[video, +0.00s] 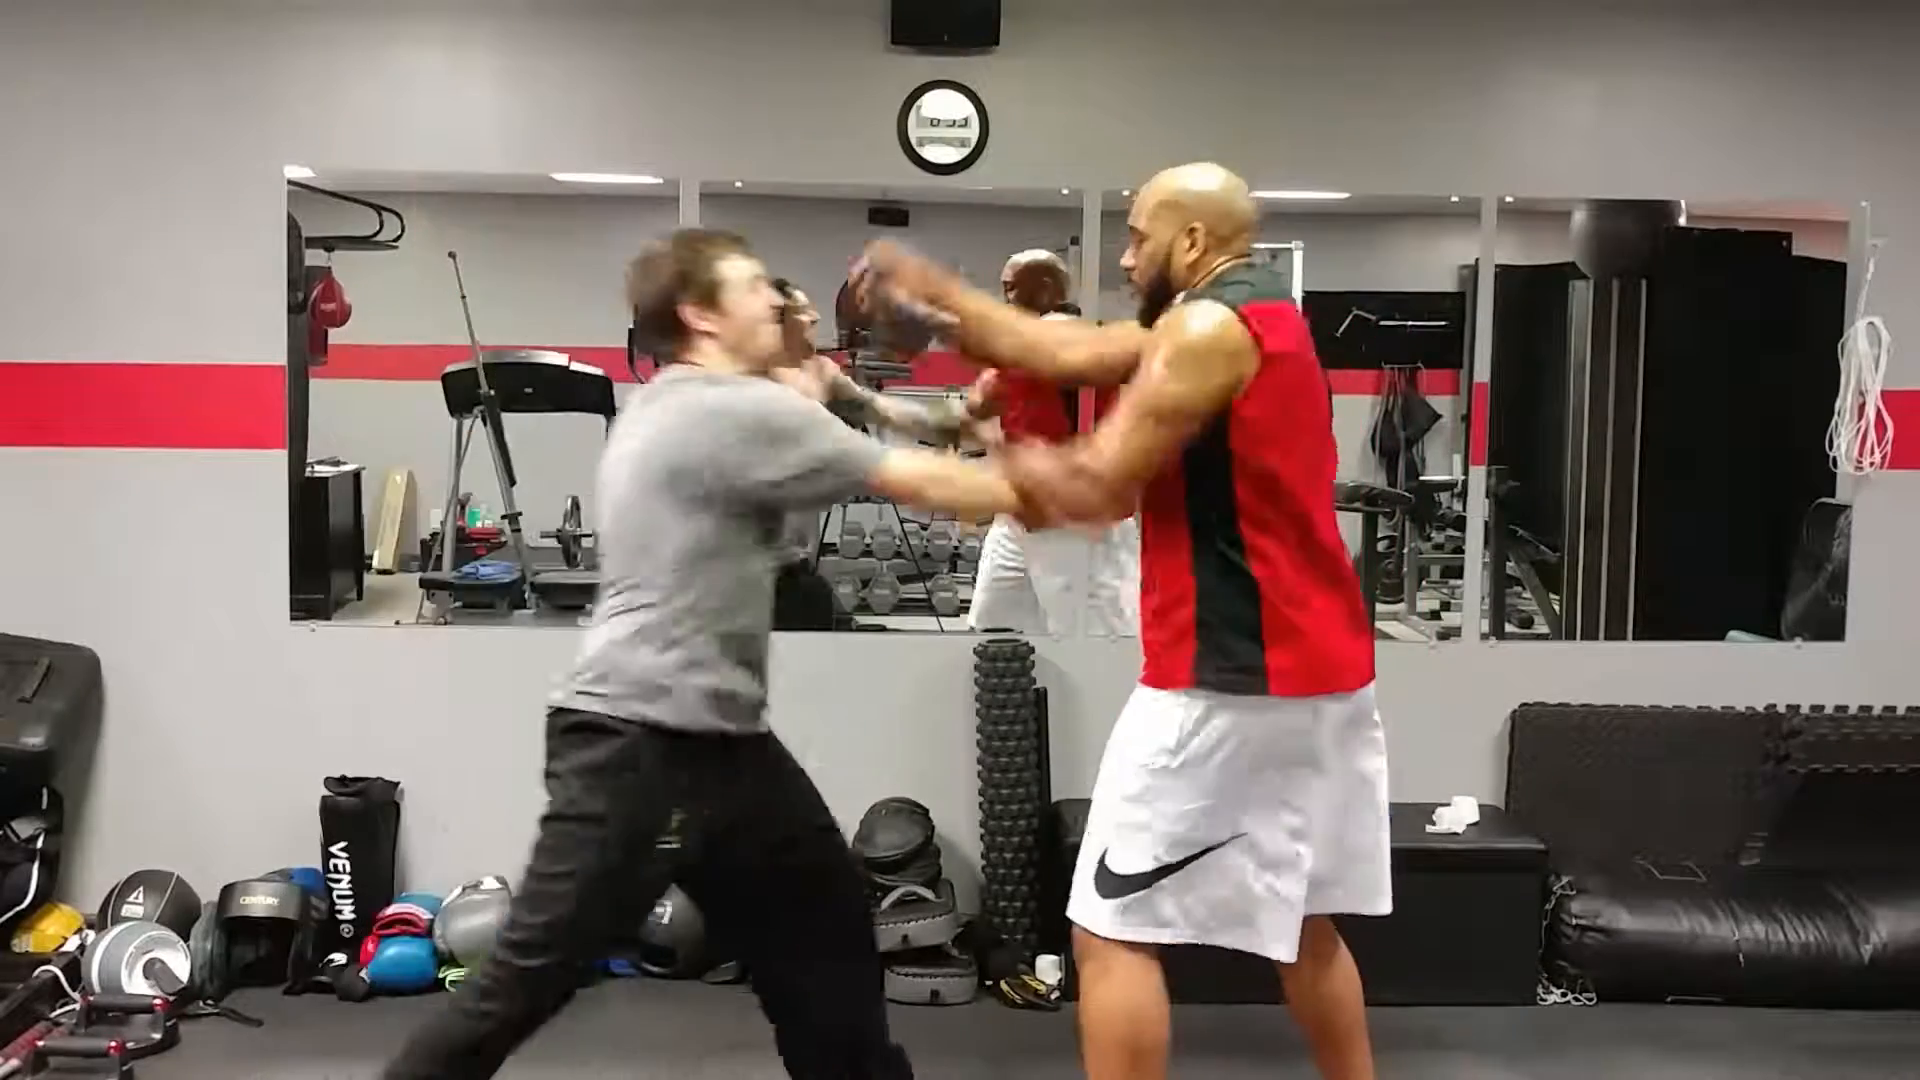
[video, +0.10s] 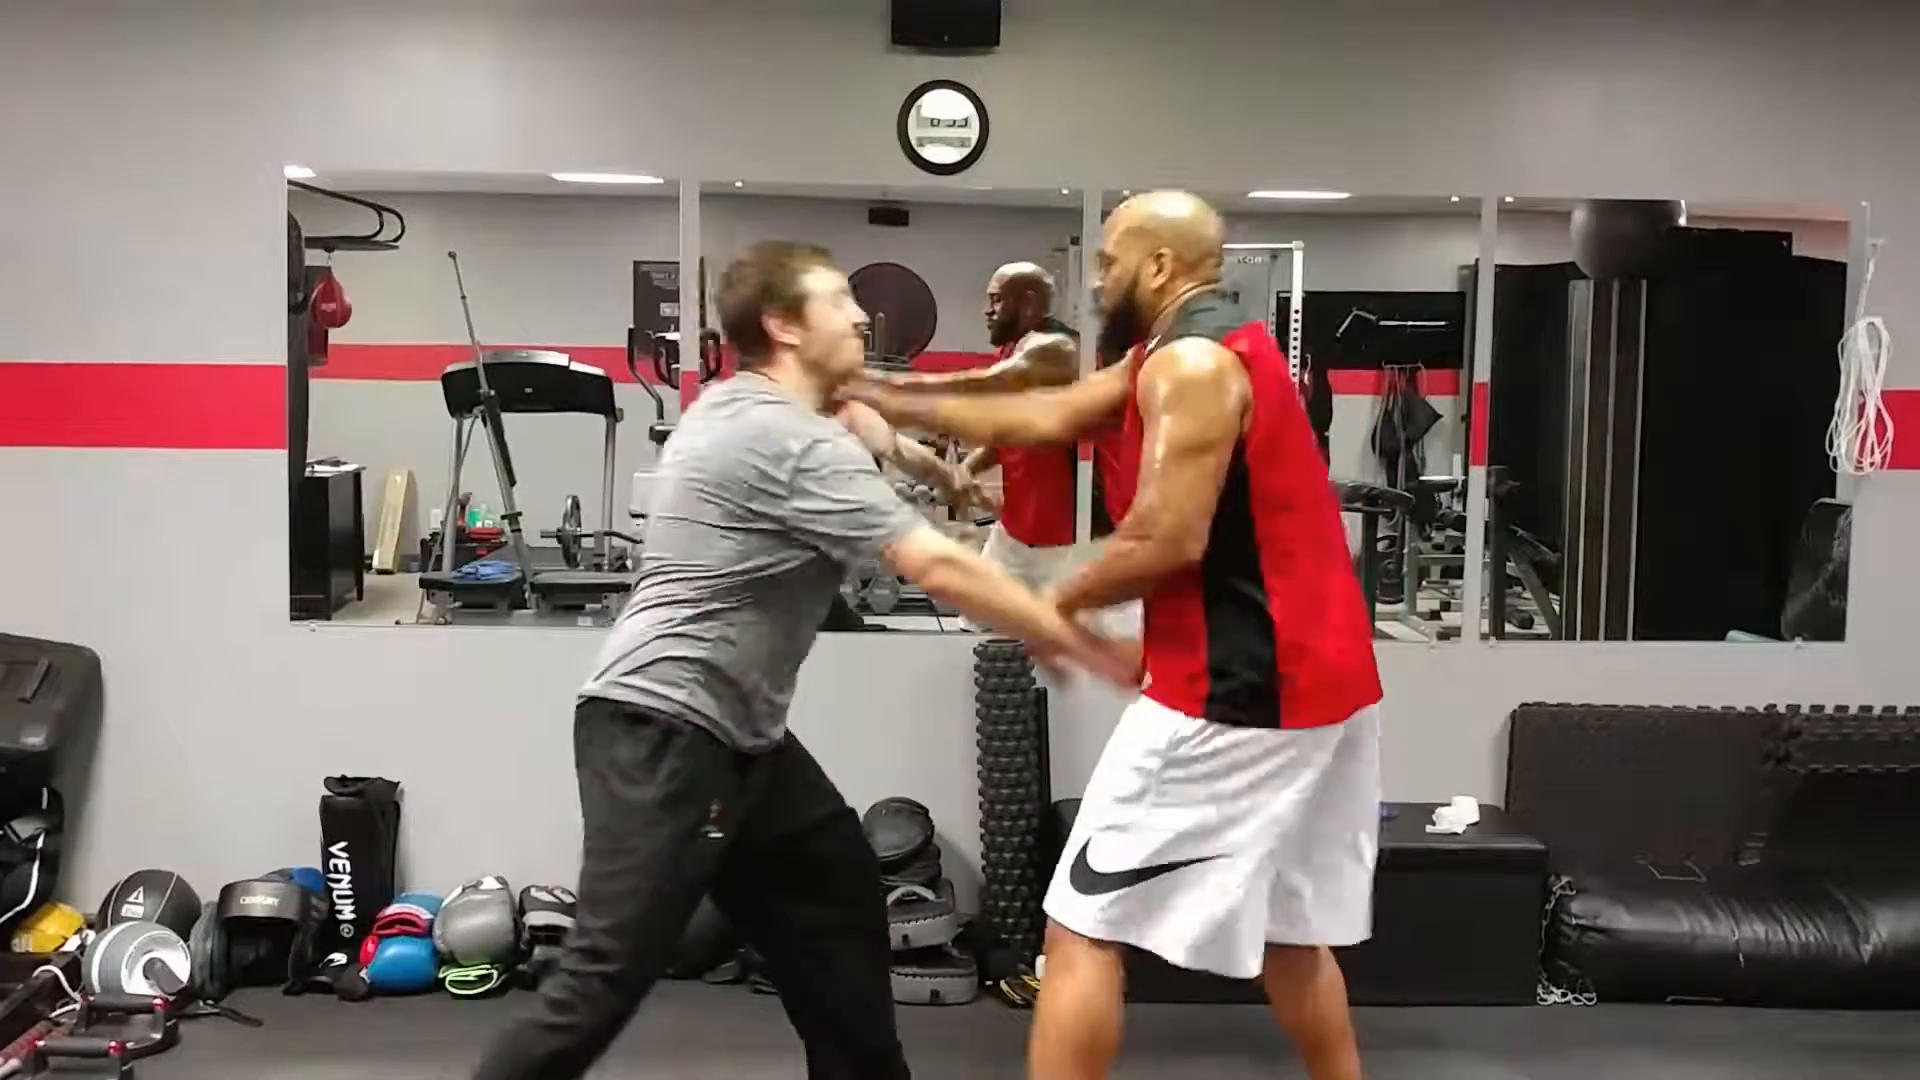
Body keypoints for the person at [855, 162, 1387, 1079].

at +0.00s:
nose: (1129, 258)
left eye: (1140, 238)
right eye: (1130, 238)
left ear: (1193, 240)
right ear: (1218, 242)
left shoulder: (1204, 331)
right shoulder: (1260, 319)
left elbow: (1095, 488)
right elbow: (1066, 347)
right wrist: (937, 291)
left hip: (1221, 674)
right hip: (1319, 666)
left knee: (1109, 926)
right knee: (1305, 924)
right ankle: (1354, 1076)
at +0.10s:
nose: (1098, 278)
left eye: (1108, 260)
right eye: (1100, 261)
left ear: (1158, 265)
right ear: (1185, 268)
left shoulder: (1191, 361)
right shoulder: (1222, 344)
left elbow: (1164, 539)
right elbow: (1043, 415)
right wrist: (886, 397)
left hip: (1226, 691)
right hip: (1325, 683)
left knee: (1080, 930)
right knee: (1293, 934)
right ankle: (1341, 1075)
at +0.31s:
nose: (1022, 310)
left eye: (1034, 293)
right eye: (1026, 292)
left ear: (1083, 305)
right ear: (1115, 305)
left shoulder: (1107, 411)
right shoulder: (1174, 382)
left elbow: (1117, 578)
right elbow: (1025, 535)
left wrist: (980, 641)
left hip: (1173, 721)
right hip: (1273, 708)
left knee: (1022, 942)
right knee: (1248, 946)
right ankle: (1323, 1073)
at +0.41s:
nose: (1010, 297)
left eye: (1023, 283)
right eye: (1015, 281)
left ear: (1074, 298)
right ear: (1101, 300)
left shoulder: (1062, 409)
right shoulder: (1140, 371)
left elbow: (949, 556)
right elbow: (1020, 501)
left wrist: (847, 563)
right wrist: (888, 513)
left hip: (1151, 723)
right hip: (1242, 708)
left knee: (963, 935)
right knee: (1218, 937)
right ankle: (1322, 1075)